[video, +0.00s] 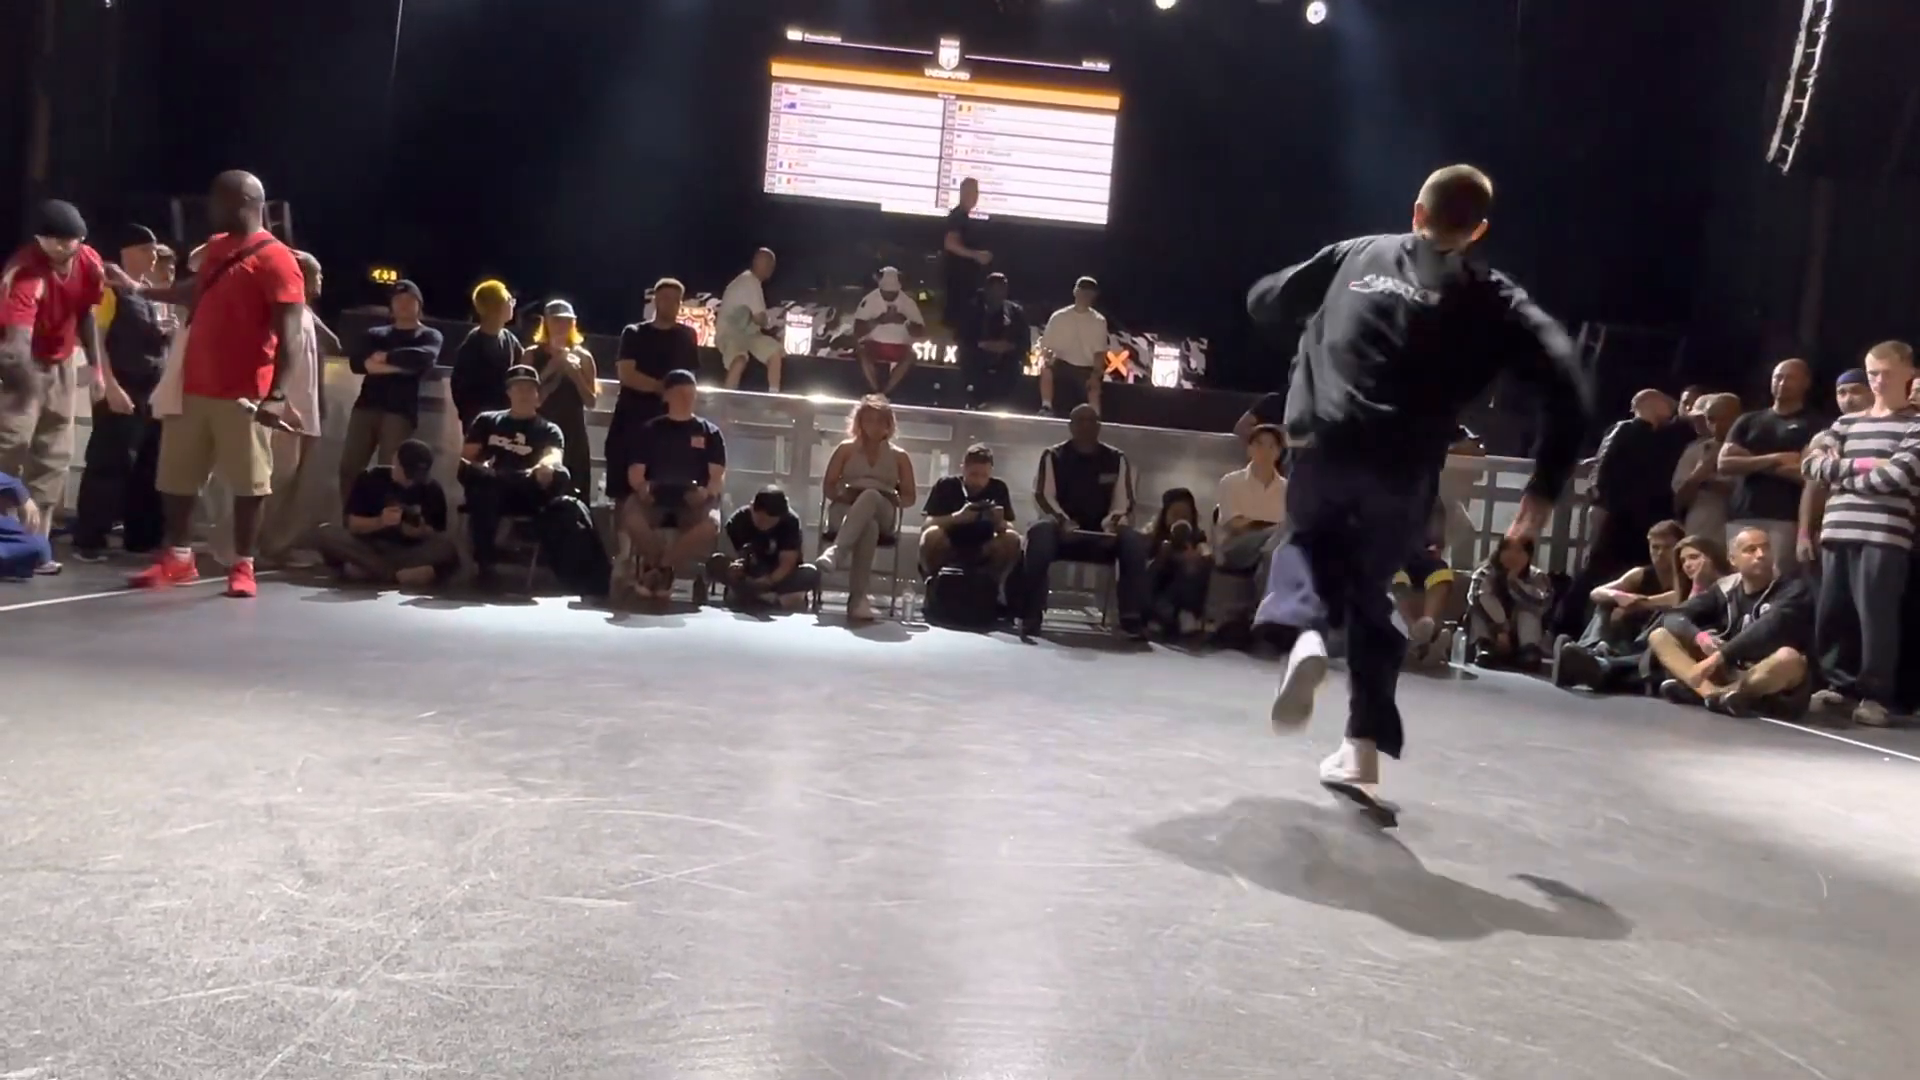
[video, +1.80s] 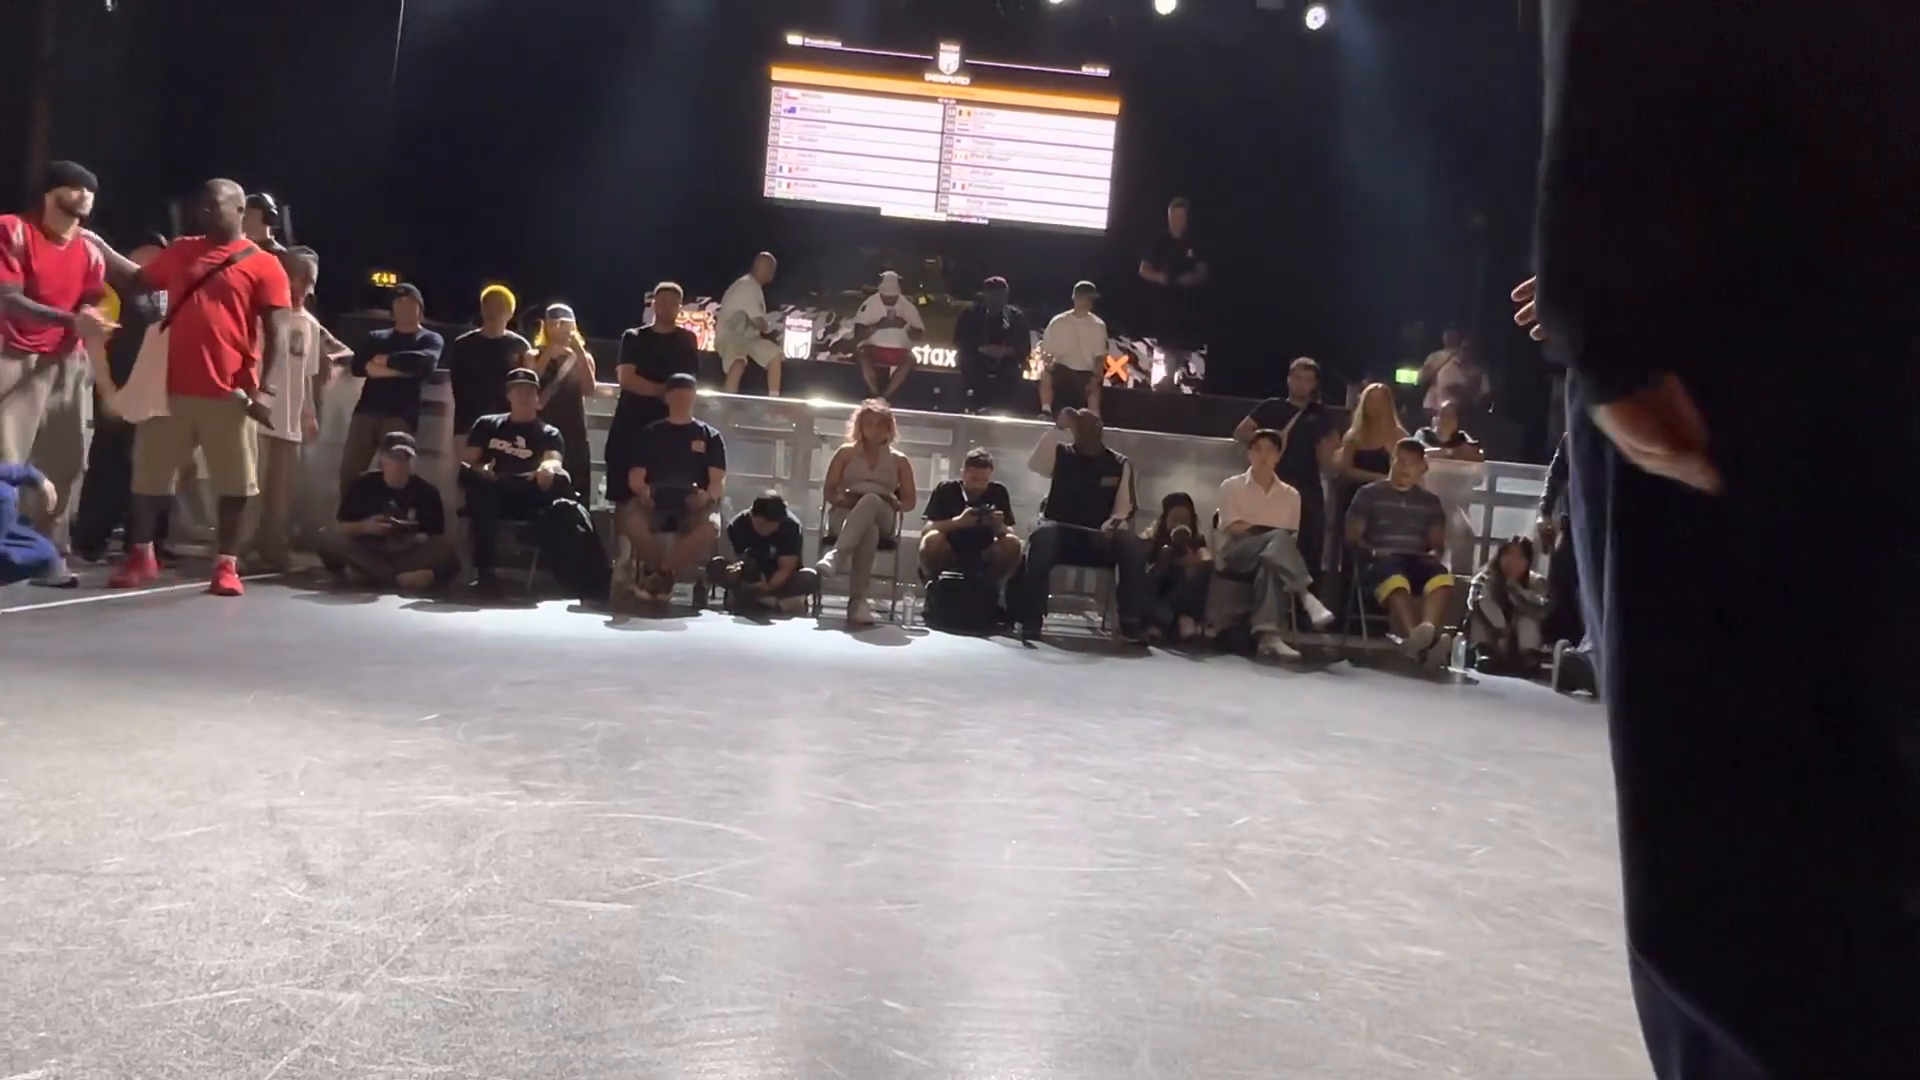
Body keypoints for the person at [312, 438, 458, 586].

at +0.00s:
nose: (408, 483)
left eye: (415, 480)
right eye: (405, 477)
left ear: (424, 473)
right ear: (396, 462)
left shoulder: (431, 489)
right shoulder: (370, 479)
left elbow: (438, 532)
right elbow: (353, 524)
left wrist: (419, 530)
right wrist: (381, 522)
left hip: (411, 549)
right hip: (369, 545)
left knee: (446, 550)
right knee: (324, 534)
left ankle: (372, 573)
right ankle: (393, 575)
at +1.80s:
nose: (400, 466)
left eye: (405, 460)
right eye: (395, 459)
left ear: (412, 462)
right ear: (382, 459)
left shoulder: (427, 492)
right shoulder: (362, 485)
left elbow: (436, 535)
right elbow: (344, 527)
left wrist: (404, 528)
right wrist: (367, 527)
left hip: (409, 551)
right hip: (368, 547)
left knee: (445, 550)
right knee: (326, 538)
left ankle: (373, 576)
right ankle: (394, 577)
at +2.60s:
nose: (377, 472)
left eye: (383, 467)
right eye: (372, 466)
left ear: (392, 471)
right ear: (363, 468)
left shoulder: (408, 503)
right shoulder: (343, 497)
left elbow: (417, 546)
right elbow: (326, 537)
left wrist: (393, 552)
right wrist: (350, 546)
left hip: (390, 562)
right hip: (350, 561)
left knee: (429, 562)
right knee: (310, 549)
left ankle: (354, 590)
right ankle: (379, 592)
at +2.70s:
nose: (376, 475)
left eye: (382, 469)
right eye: (371, 468)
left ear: (392, 473)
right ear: (361, 471)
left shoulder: (407, 505)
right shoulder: (341, 499)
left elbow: (416, 547)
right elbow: (325, 539)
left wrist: (400, 555)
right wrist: (348, 552)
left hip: (390, 566)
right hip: (351, 564)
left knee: (427, 563)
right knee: (310, 551)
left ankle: (351, 591)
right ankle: (378, 593)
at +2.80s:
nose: (375, 477)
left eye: (380, 472)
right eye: (369, 471)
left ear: (389, 475)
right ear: (358, 474)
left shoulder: (405, 507)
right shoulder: (339, 501)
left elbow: (416, 548)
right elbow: (318, 540)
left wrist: (400, 558)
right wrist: (346, 557)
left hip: (389, 568)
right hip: (347, 567)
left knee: (427, 568)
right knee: (306, 556)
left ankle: (350, 596)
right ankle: (378, 596)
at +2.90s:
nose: (372, 480)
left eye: (378, 474)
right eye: (367, 474)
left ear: (386, 478)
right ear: (356, 477)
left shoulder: (402, 509)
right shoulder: (337, 504)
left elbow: (412, 551)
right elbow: (318, 541)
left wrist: (385, 568)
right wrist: (342, 565)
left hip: (385, 571)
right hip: (344, 569)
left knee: (424, 572)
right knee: (302, 557)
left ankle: (367, 600)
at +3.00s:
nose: (371, 485)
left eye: (377, 480)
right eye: (366, 479)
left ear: (386, 483)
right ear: (356, 481)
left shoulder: (402, 515)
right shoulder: (338, 509)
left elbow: (413, 557)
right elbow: (320, 548)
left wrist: (384, 573)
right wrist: (341, 574)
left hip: (385, 575)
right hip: (346, 572)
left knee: (424, 573)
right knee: (301, 562)